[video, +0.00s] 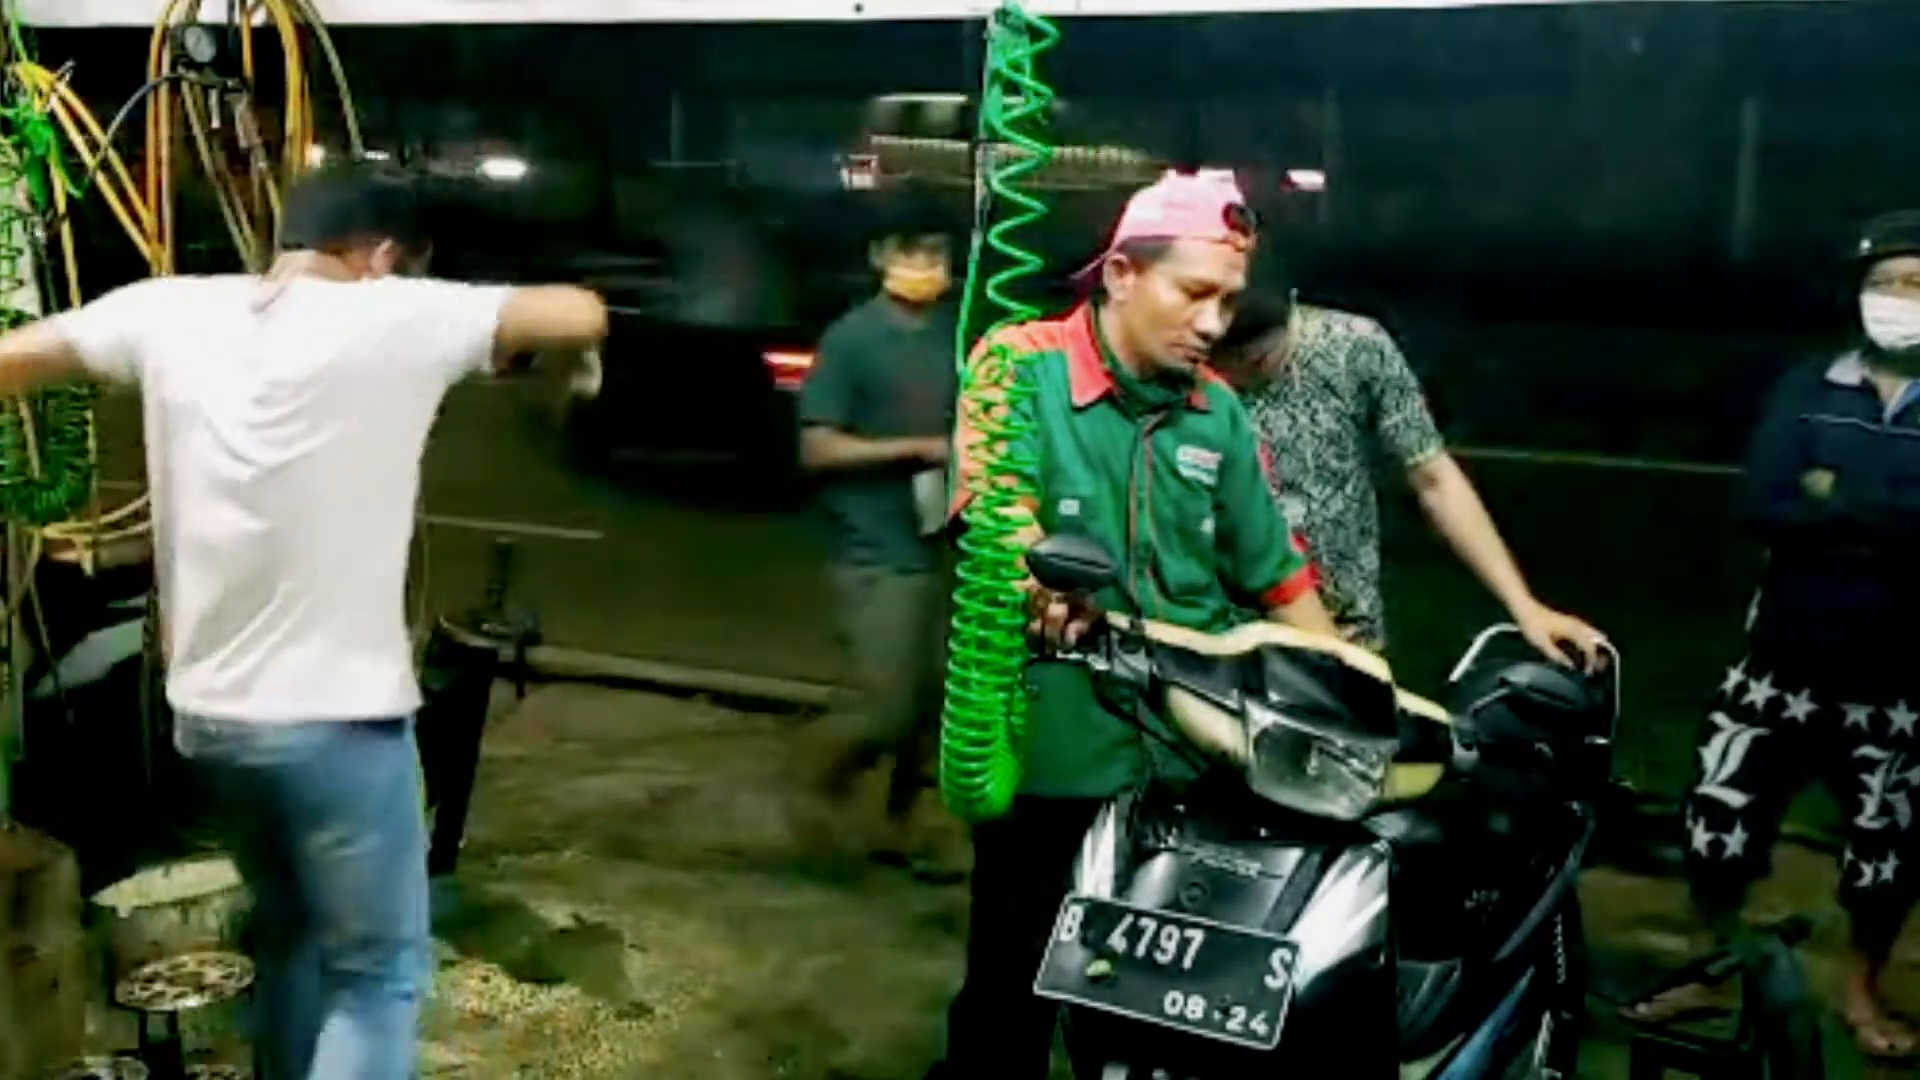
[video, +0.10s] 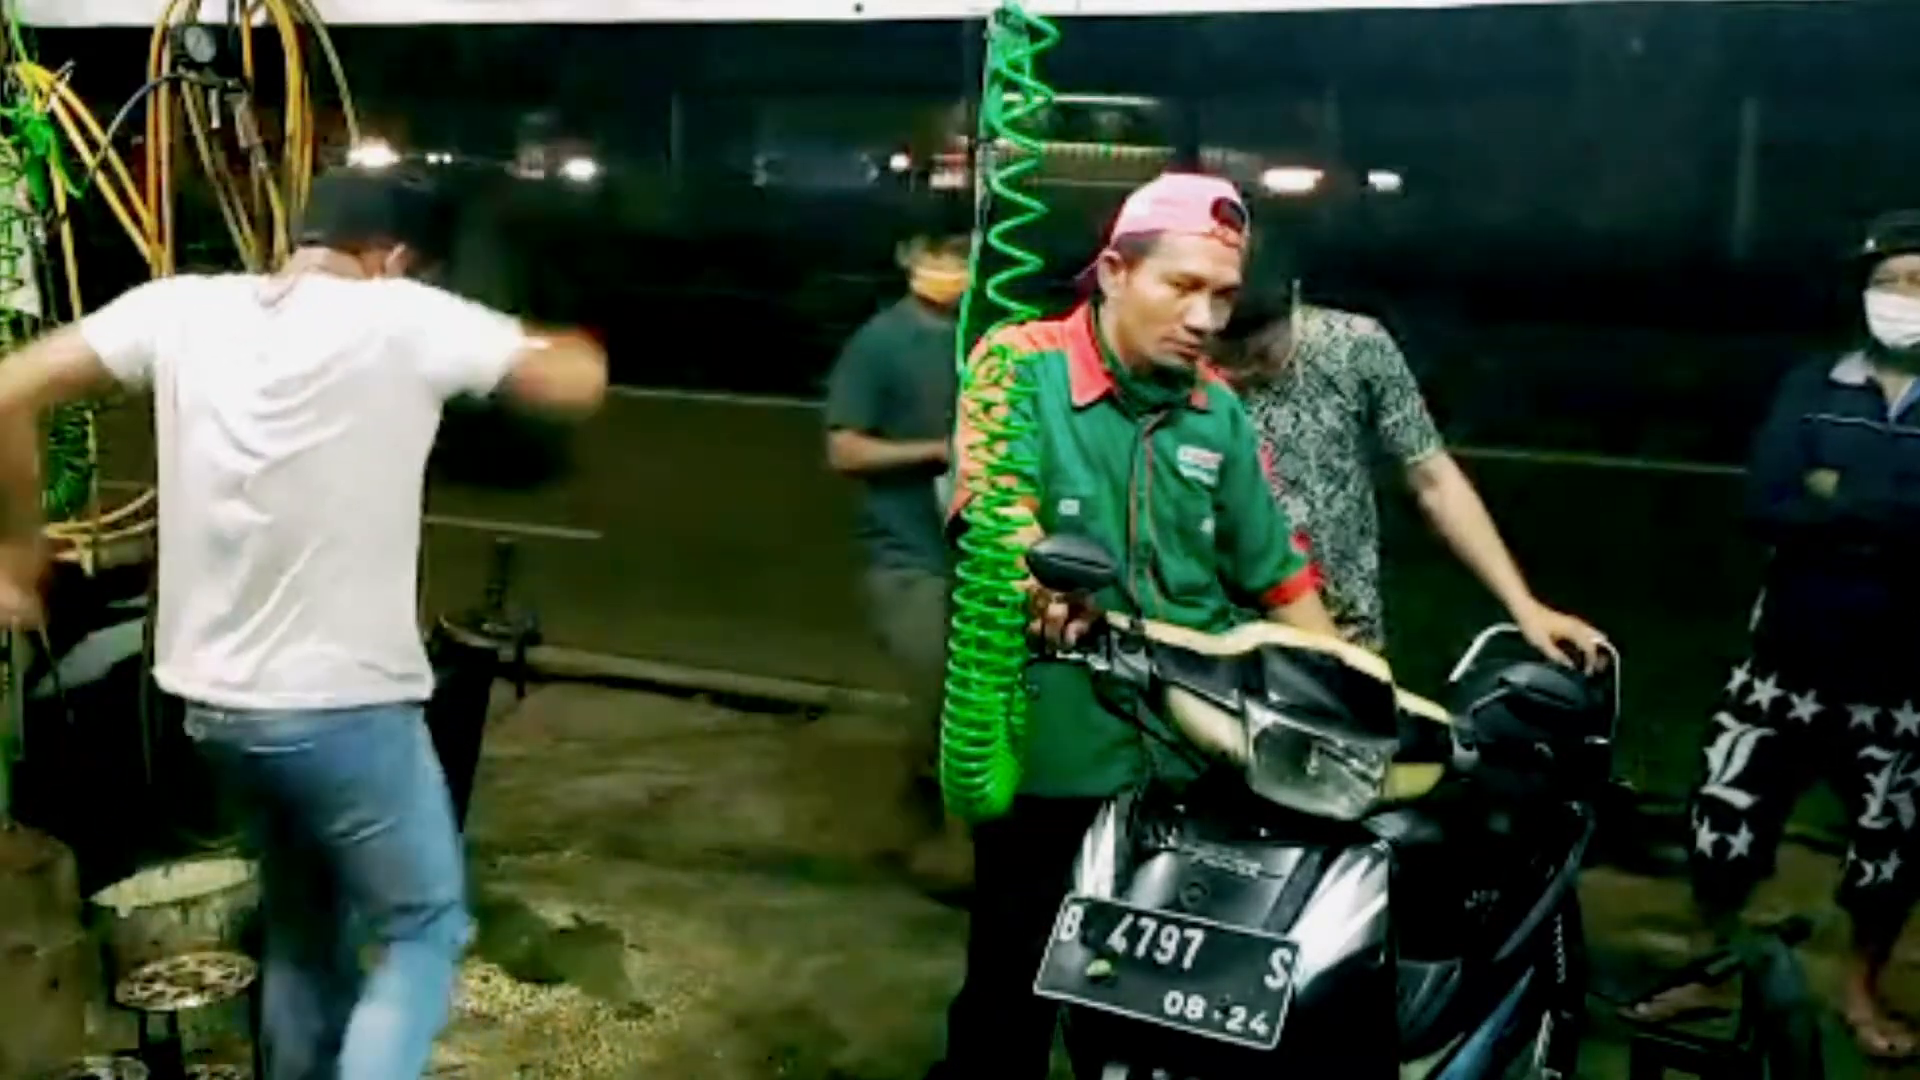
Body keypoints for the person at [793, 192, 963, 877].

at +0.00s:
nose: (923, 268)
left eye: (934, 255)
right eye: (910, 253)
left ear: (951, 264)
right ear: (882, 257)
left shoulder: (951, 340)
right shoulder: (850, 339)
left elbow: (969, 424)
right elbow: (819, 445)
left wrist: (977, 459)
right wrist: (928, 448)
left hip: (947, 548)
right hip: (873, 547)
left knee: (931, 704)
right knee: (887, 704)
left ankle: (902, 827)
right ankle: (815, 780)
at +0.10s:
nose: (956, 271)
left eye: (964, 258)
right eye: (943, 257)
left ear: (973, 266)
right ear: (911, 260)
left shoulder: (977, 338)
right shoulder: (881, 340)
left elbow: (998, 423)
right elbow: (845, 447)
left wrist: (991, 449)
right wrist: (945, 449)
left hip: (978, 551)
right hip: (905, 549)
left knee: (970, 692)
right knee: (935, 689)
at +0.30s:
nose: (1010, 297)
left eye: (1020, 283)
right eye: (997, 282)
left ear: (1034, 287)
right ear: (964, 283)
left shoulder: (1044, 353)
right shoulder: (937, 355)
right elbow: (901, 466)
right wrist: (974, 465)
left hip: (1028, 541)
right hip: (952, 547)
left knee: (1023, 688)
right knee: (959, 687)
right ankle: (918, 825)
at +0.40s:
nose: (1036, 323)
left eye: (1052, 309)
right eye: (1025, 306)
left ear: (1076, 302)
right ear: (999, 299)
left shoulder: (1079, 362)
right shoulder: (968, 361)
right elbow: (936, 476)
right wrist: (999, 480)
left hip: (1066, 542)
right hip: (986, 544)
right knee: (971, 685)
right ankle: (936, 819)